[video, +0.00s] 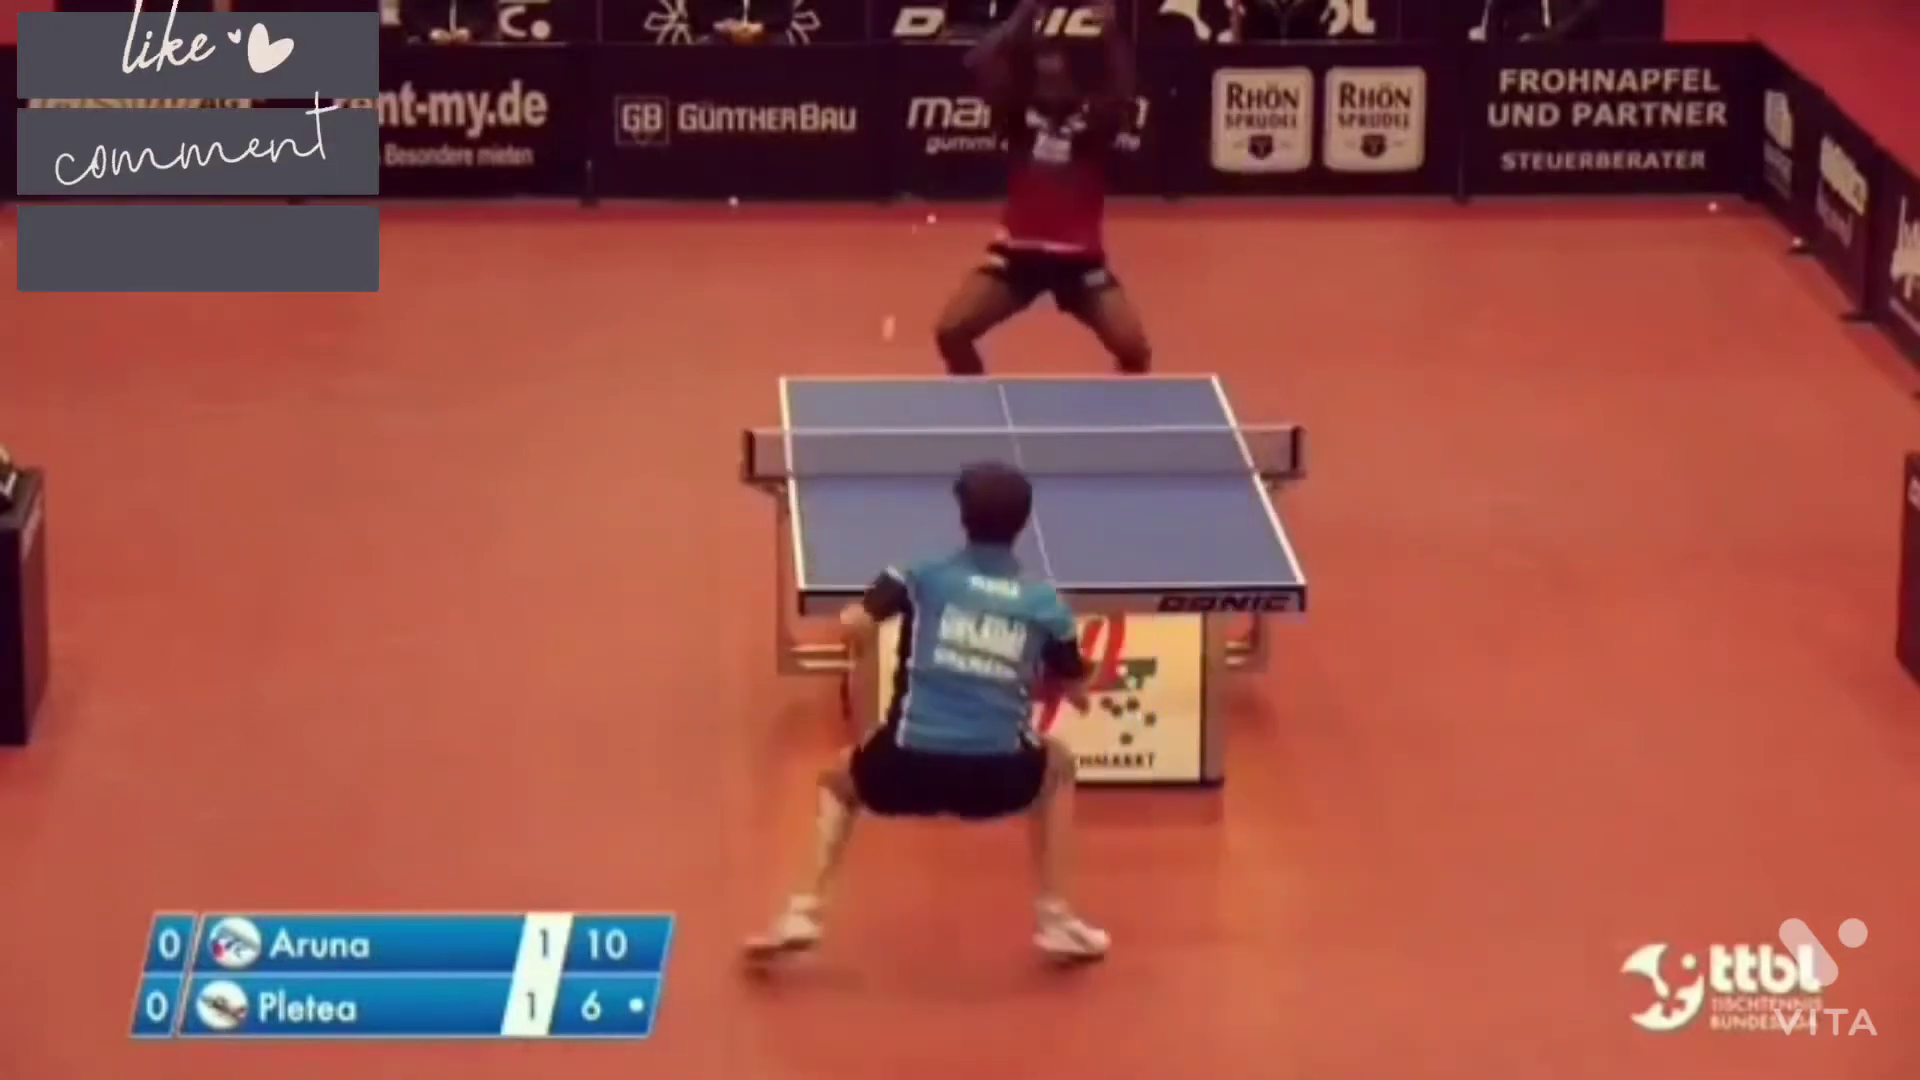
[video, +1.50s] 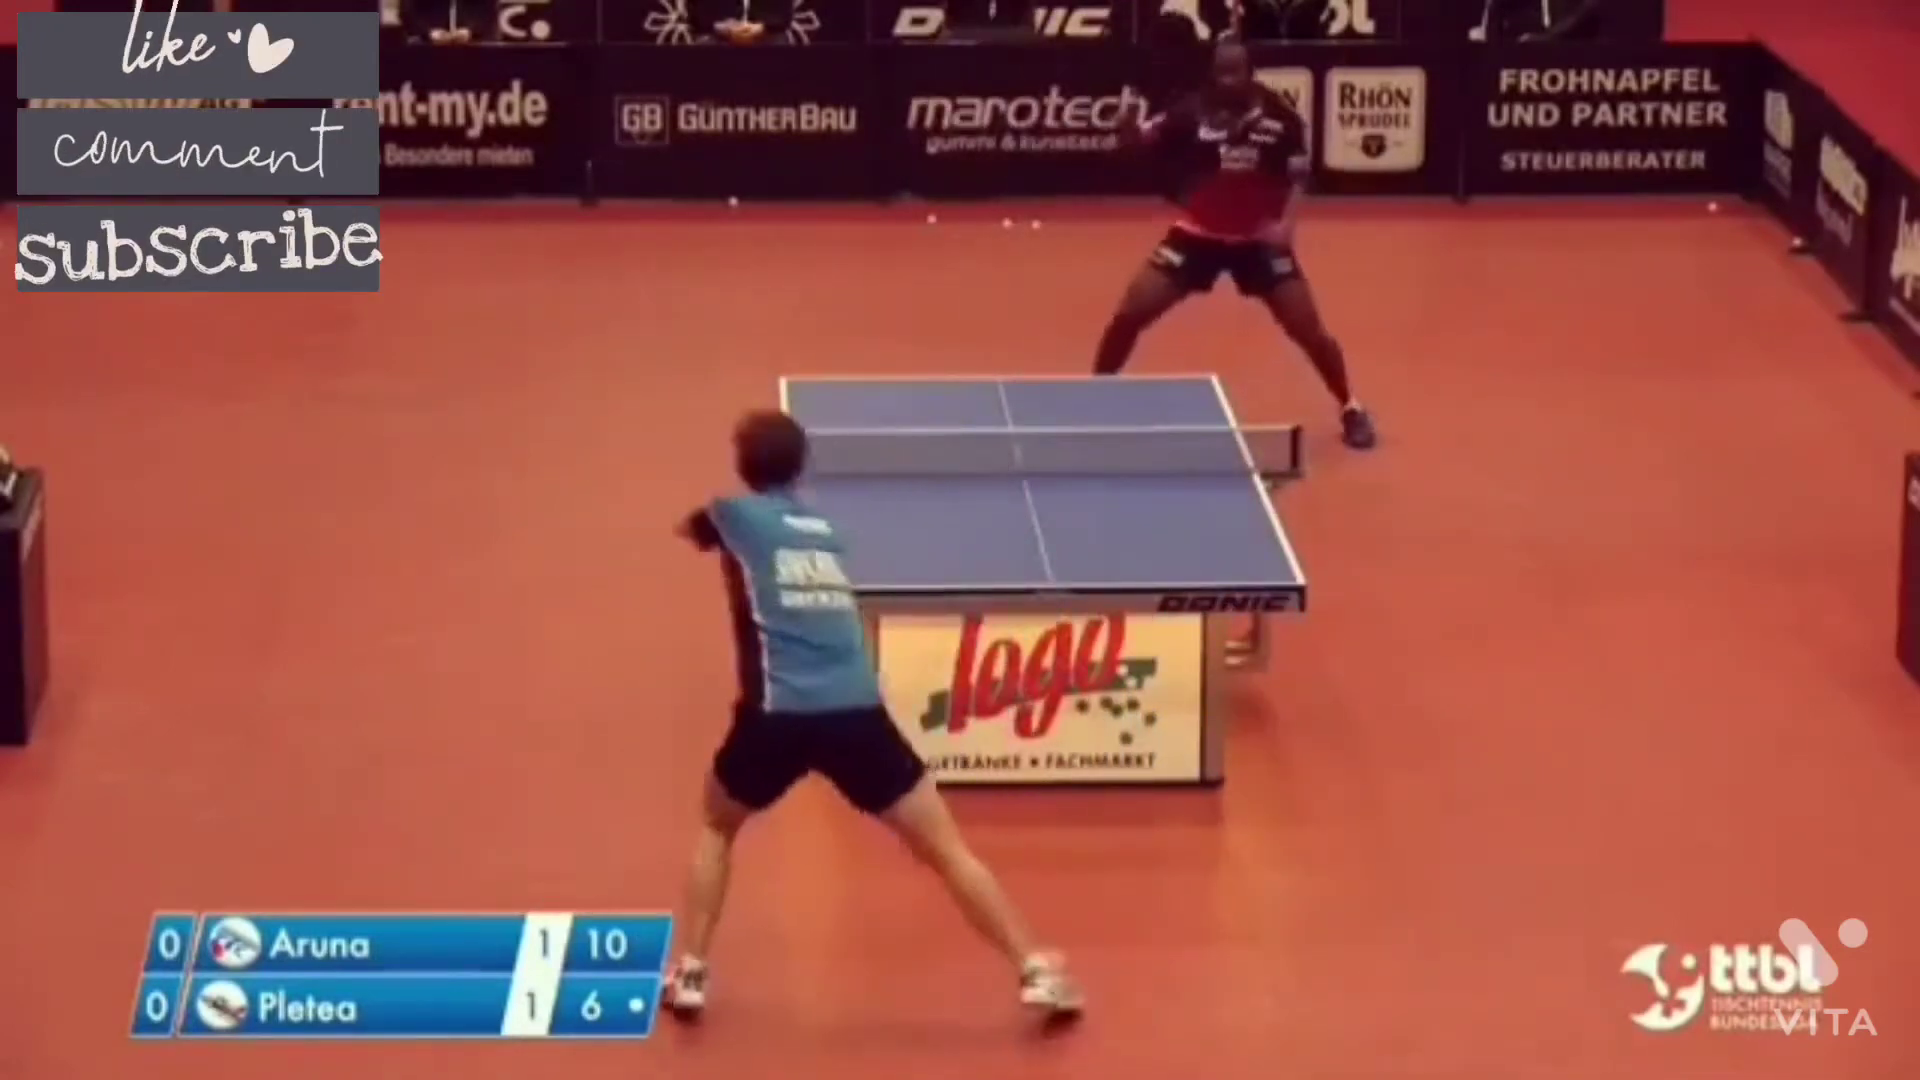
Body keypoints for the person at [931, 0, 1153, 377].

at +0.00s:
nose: (1051, 80)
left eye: (1057, 72)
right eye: (1043, 72)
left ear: (1071, 76)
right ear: (1031, 75)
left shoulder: (1093, 121)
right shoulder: (1017, 118)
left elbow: (1122, 93)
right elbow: (979, 62)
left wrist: (1112, 33)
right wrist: (1025, 13)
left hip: (1080, 263)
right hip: (1017, 258)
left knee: (1135, 350)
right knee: (950, 334)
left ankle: (1134, 423)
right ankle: (984, 418)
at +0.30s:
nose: (1020, 92)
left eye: (1028, 84)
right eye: (1012, 84)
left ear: (1043, 86)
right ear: (998, 85)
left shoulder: (1065, 133)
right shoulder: (973, 125)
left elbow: (1104, 199)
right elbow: (917, 151)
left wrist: (1153, 260)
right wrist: (914, 95)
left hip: (1041, 268)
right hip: (974, 261)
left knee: (1061, 369)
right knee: (912, 343)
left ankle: (1062, 455)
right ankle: (865, 403)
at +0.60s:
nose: (1052, 120)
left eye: (1058, 110)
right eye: (1044, 112)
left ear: (1073, 107)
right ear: (1035, 112)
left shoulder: (1108, 139)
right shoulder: (1025, 148)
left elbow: (1141, 187)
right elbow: (1014, 201)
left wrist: (1142, 238)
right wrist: (1004, 237)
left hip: (1113, 251)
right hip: (1049, 254)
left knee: (1172, 342)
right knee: (985, 331)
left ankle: (1179, 411)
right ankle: (956, 394)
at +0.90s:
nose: (1096, 160)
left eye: (1102, 151)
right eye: (1095, 152)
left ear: (1129, 146)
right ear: (1116, 151)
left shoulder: (1159, 176)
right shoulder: (1130, 183)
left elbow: (1208, 208)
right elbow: (1159, 232)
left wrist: (1208, 260)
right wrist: (1158, 269)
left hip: (1226, 288)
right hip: (1172, 284)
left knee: (1270, 391)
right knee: (1090, 321)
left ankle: (1364, 402)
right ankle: (1052, 404)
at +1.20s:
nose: (1219, 98)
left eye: (1229, 90)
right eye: (1215, 89)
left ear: (1252, 96)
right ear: (1206, 92)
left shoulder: (1277, 137)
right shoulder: (1189, 119)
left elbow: (1339, 152)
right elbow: (1149, 71)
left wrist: (1332, 93)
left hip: (1233, 262)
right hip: (1169, 252)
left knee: (1276, 359)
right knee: (1098, 325)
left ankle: (1350, 404)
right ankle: (1053, 404)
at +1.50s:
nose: (1230, 79)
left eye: (1237, 70)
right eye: (1223, 71)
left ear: (1250, 71)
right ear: (1211, 73)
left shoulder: (1280, 117)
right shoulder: (1192, 112)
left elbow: (1298, 178)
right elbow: (1143, 145)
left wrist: (1285, 223)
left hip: (1260, 242)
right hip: (1194, 238)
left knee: (1310, 333)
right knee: (1128, 317)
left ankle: (1349, 409)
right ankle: (1096, 399)